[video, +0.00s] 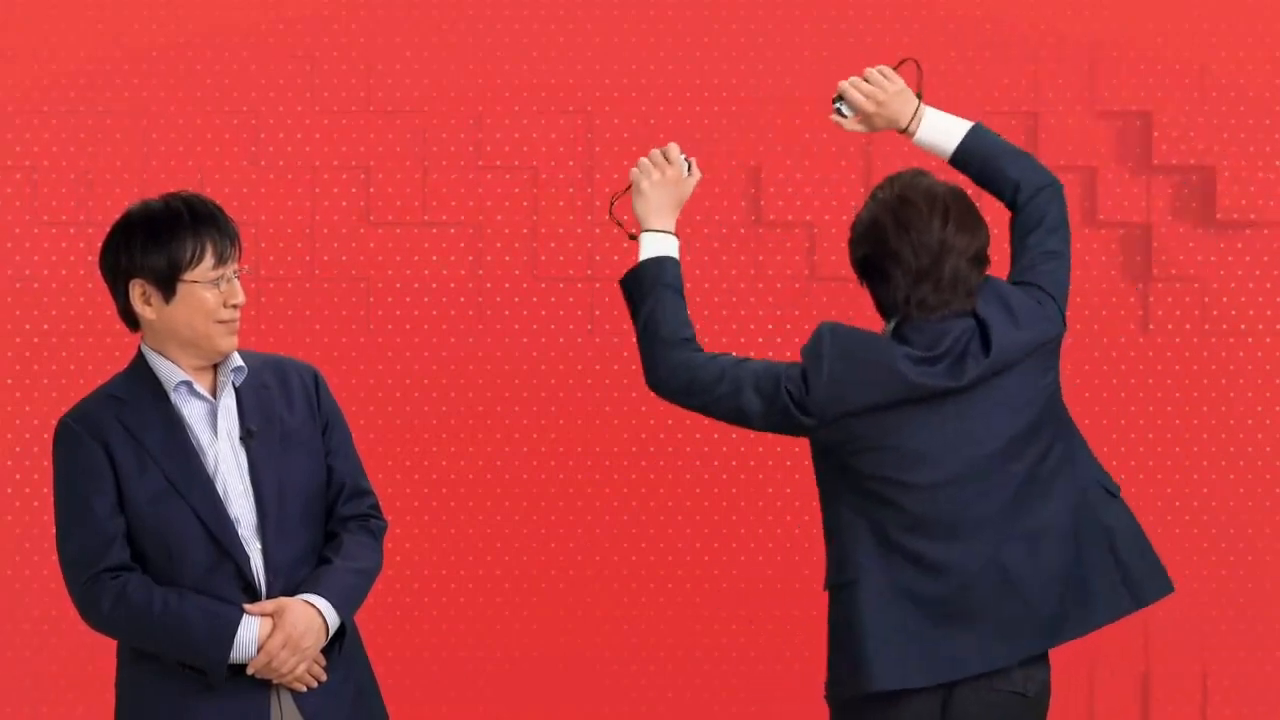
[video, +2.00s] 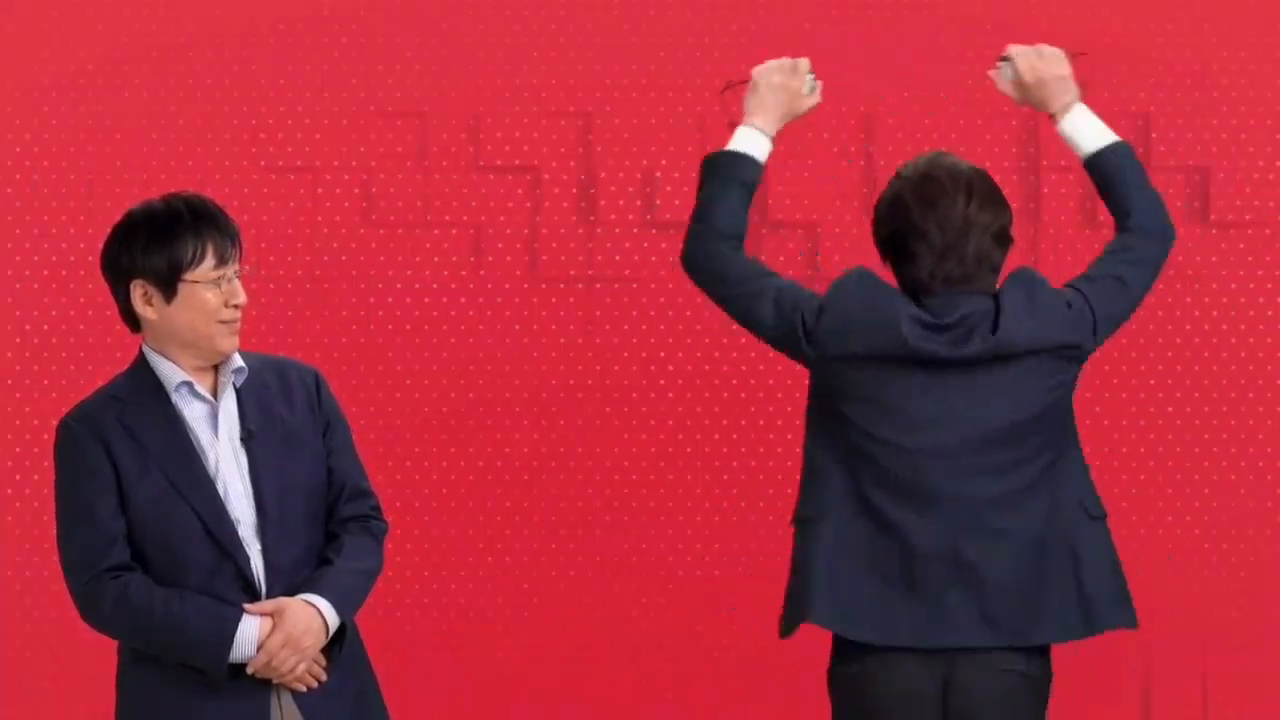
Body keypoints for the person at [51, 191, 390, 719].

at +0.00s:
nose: (237, 298)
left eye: (235, 278)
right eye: (214, 282)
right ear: (146, 300)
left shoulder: (301, 389)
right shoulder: (92, 432)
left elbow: (361, 523)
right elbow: (103, 590)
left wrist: (320, 612)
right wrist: (251, 639)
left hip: (334, 700)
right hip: (192, 708)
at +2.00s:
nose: (238, 298)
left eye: (236, 278)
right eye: (214, 282)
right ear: (147, 300)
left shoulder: (302, 390)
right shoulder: (93, 433)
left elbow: (361, 525)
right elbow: (103, 591)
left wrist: (320, 612)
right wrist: (251, 639)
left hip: (333, 700)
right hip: (192, 708)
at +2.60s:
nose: (235, 298)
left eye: (233, 278)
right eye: (211, 283)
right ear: (144, 301)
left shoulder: (299, 390)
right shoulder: (90, 434)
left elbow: (360, 524)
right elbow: (103, 591)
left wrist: (318, 612)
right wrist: (250, 639)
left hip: (332, 701)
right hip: (191, 708)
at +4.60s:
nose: (240, 297)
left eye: (238, 277)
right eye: (218, 282)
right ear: (149, 300)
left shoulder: (303, 388)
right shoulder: (93, 432)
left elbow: (363, 524)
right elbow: (105, 590)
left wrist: (321, 612)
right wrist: (251, 639)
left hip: (335, 699)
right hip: (193, 707)